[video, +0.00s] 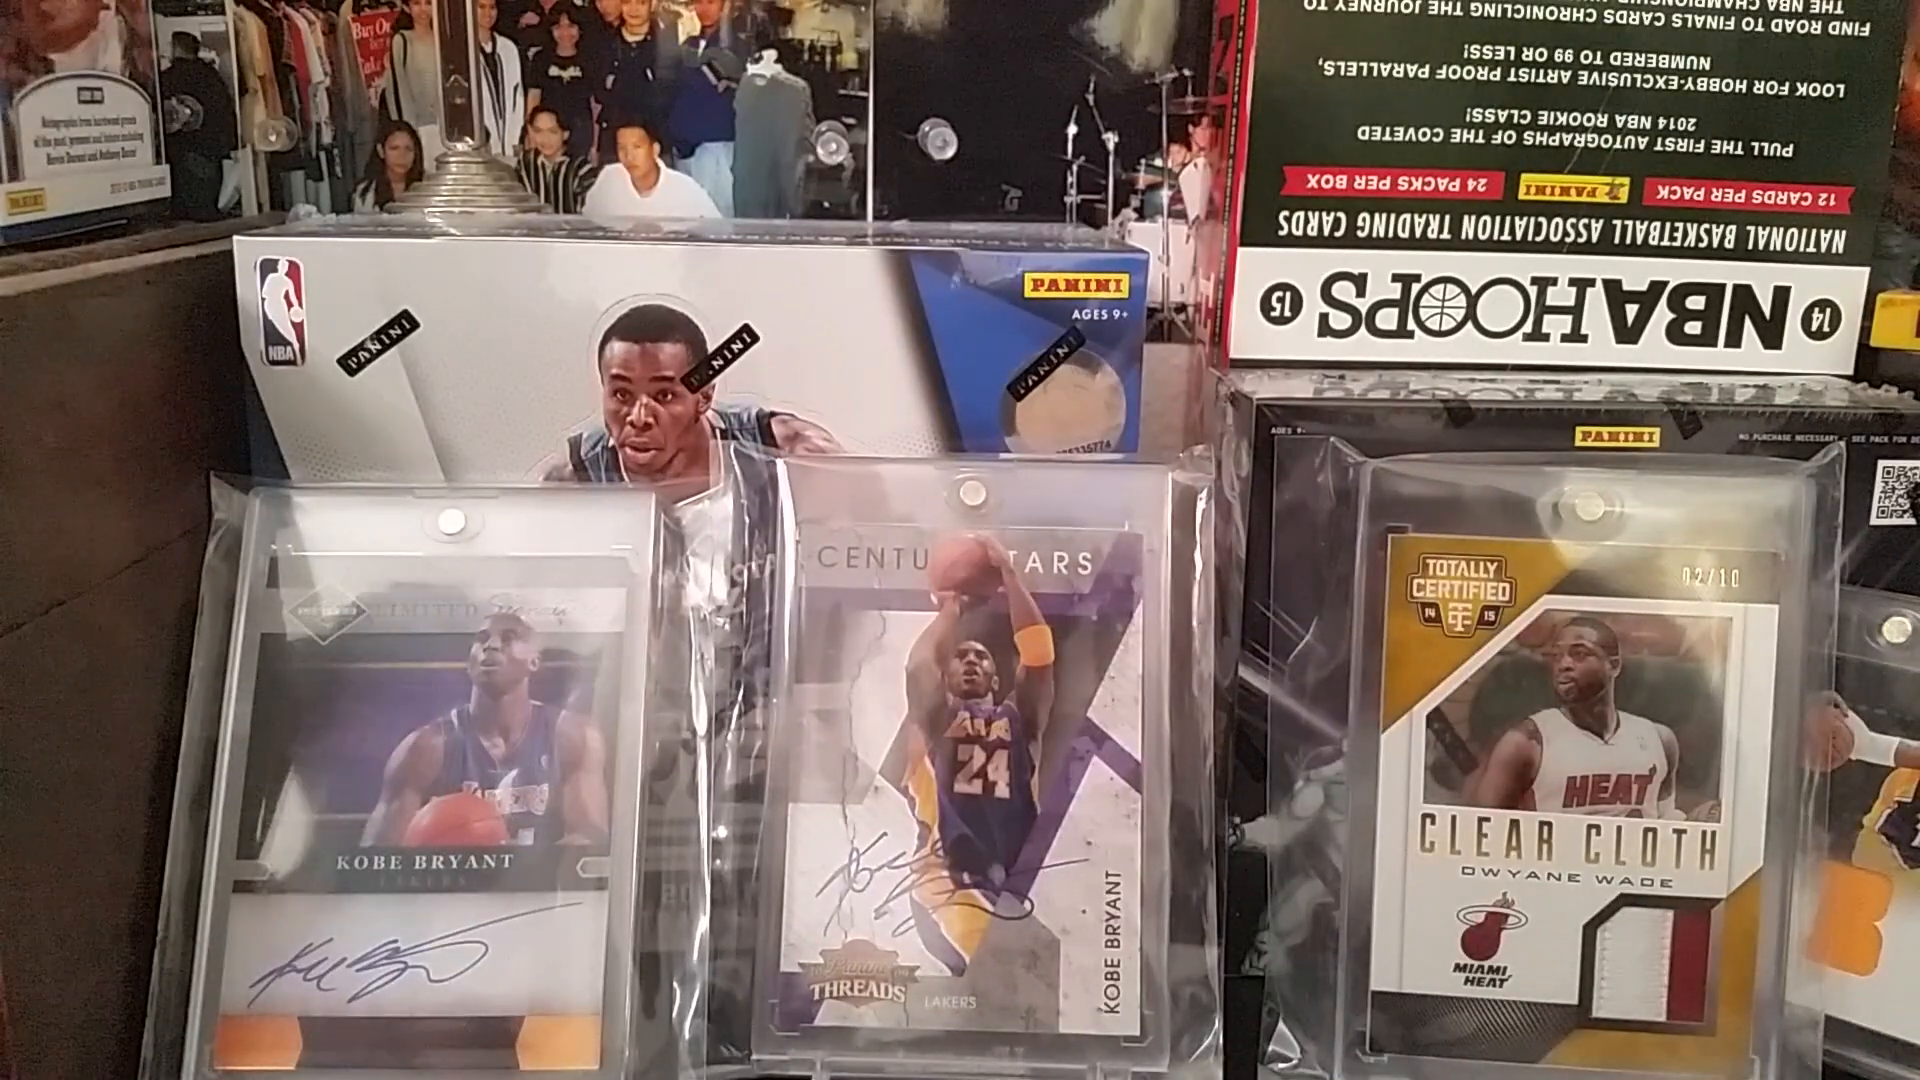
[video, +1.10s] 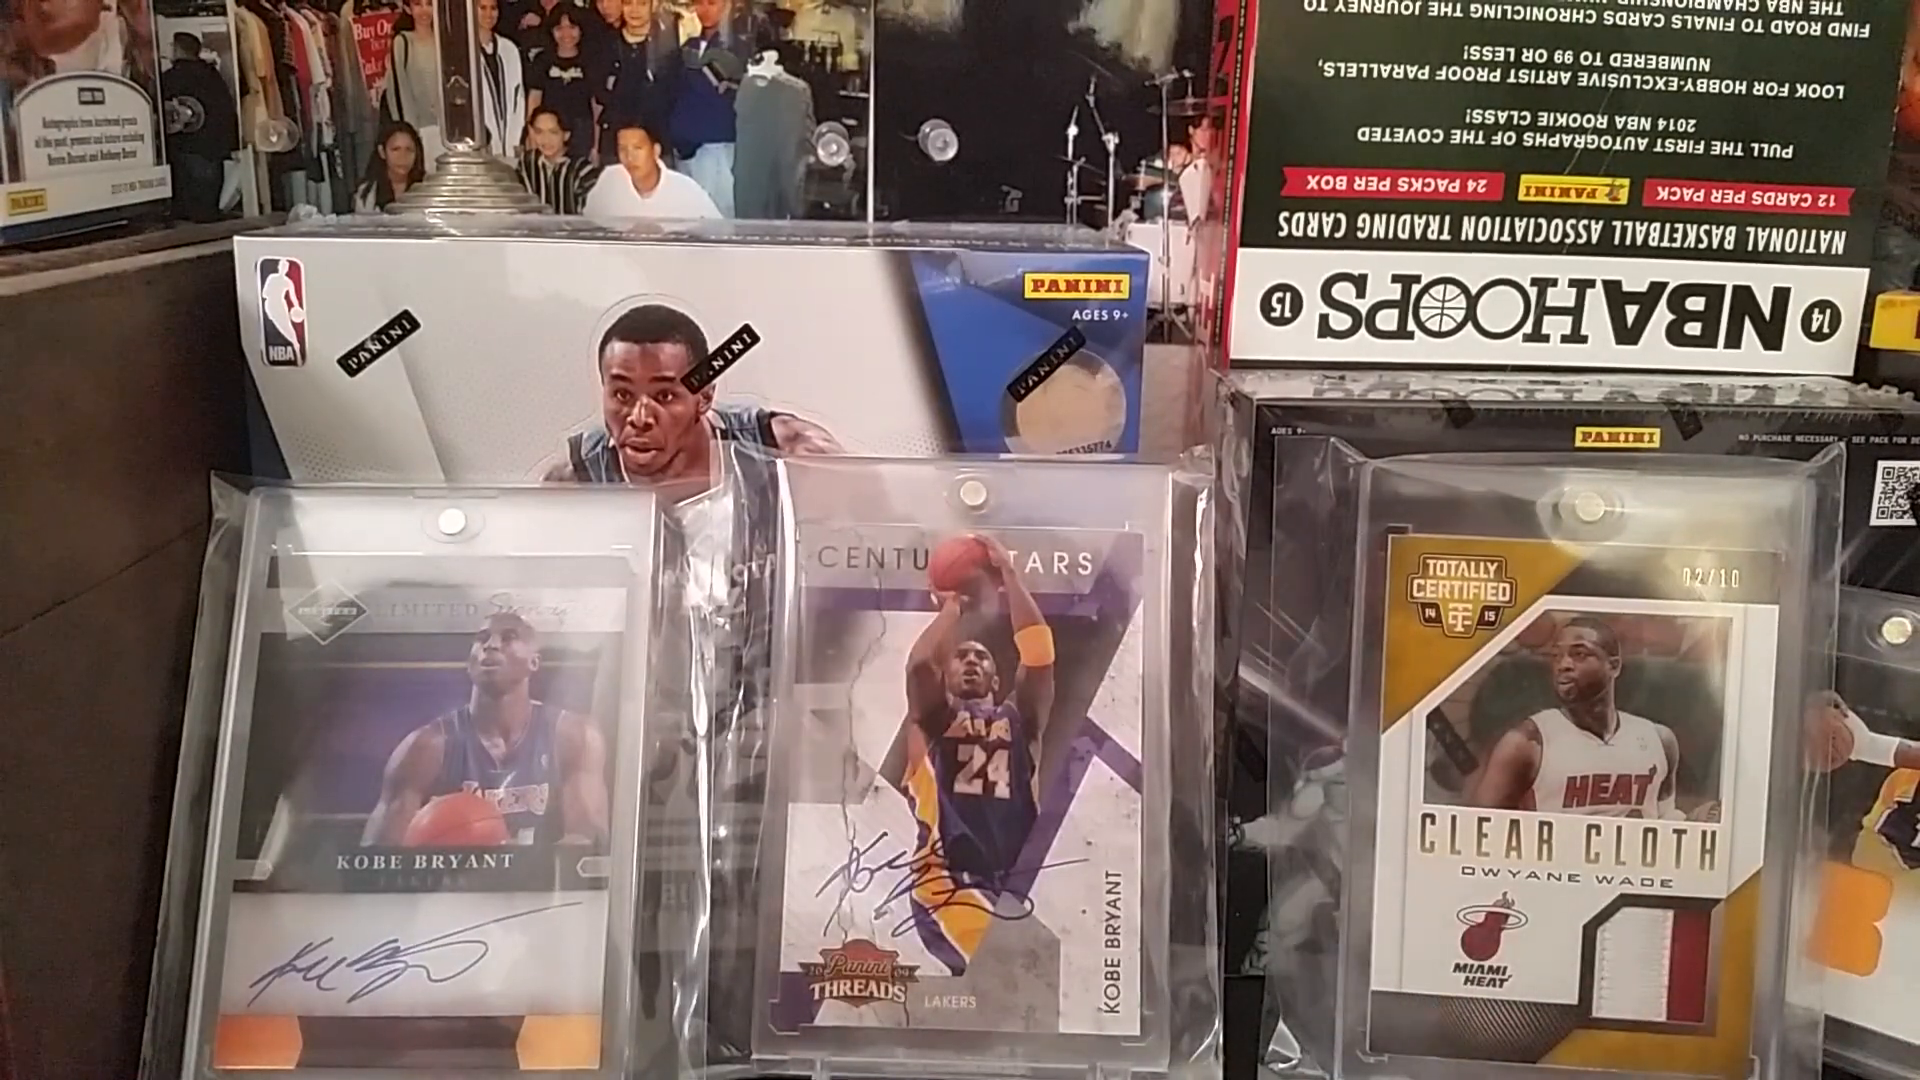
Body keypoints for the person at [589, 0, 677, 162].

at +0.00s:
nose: (634, 9)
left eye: (641, 3)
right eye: (628, 3)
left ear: (652, 6)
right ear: (621, 7)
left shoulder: (665, 44)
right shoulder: (607, 43)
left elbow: (669, 90)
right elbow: (599, 92)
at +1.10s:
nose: (634, 10)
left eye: (642, 3)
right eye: (628, 3)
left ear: (653, 6)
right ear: (621, 7)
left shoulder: (667, 44)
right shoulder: (608, 43)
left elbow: (675, 89)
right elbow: (598, 89)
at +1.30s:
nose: (634, 10)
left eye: (642, 3)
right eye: (628, 3)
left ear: (653, 6)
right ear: (621, 7)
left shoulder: (668, 45)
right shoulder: (608, 43)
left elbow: (675, 89)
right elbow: (598, 89)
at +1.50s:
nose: (634, 10)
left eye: (642, 3)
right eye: (628, 3)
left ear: (654, 5)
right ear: (621, 7)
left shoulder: (667, 44)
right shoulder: (607, 43)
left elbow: (670, 93)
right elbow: (601, 94)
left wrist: (616, 86)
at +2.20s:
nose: (635, 11)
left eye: (642, 4)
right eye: (628, 4)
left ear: (653, 6)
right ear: (621, 7)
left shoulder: (667, 45)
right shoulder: (607, 43)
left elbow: (672, 92)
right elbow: (600, 93)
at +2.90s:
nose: (634, 10)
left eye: (642, 4)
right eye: (628, 4)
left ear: (653, 6)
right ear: (621, 8)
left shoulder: (667, 45)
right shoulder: (605, 44)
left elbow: (673, 92)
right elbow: (600, 94)